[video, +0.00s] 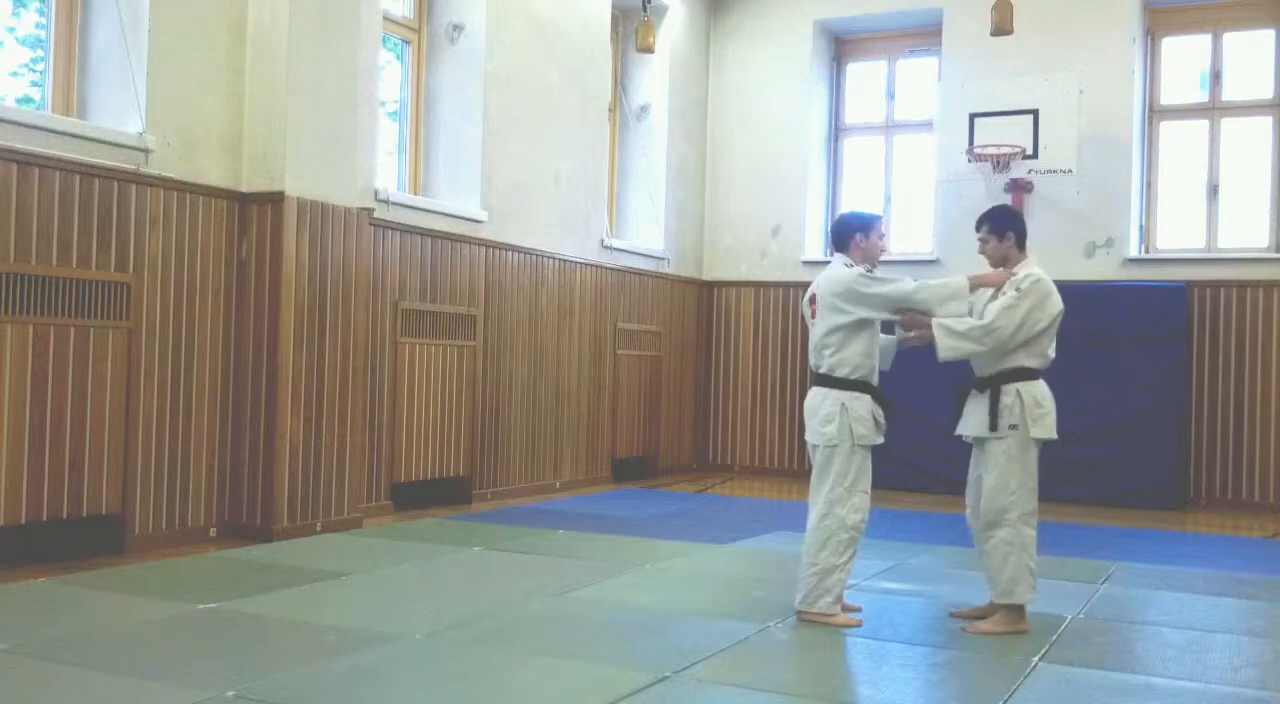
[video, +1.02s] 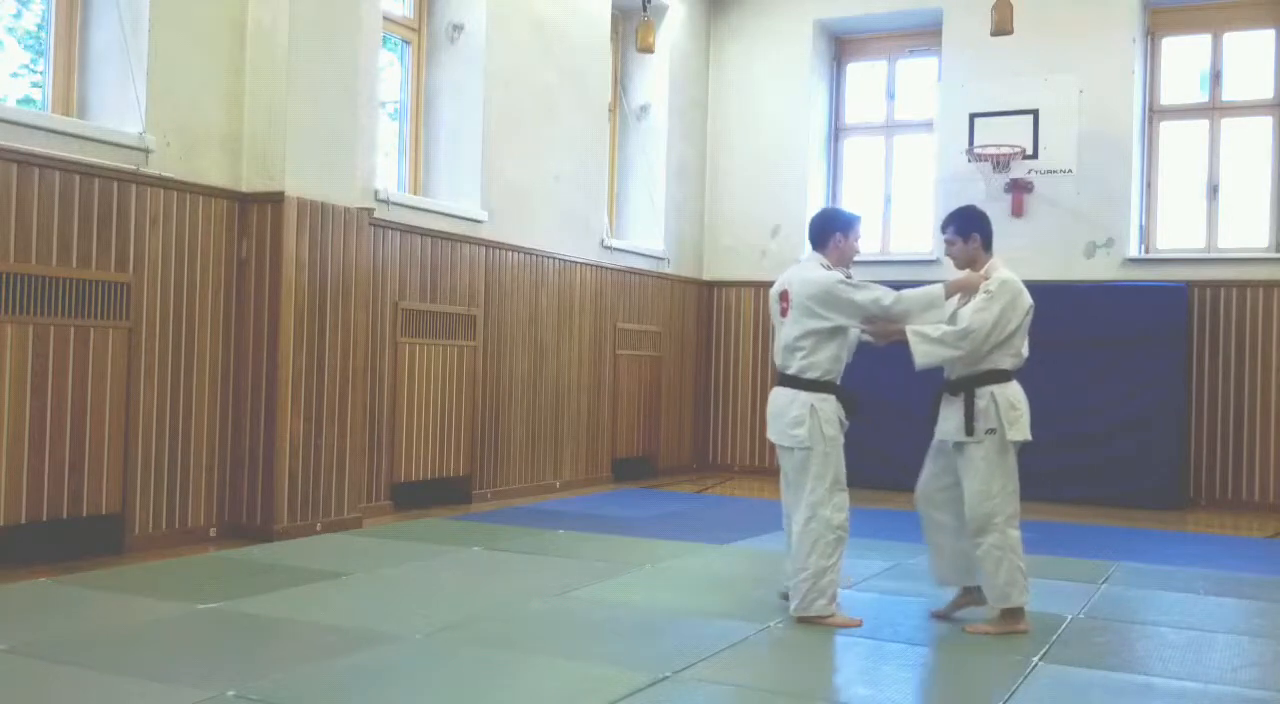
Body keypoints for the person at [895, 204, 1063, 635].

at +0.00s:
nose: (981, 250)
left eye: (986, 242)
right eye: (979, 243)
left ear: (1011, 239)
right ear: (1004, 242)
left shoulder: (1034, 284)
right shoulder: (1005, 285)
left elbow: (993, 332)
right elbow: (981, 326)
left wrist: (932, 330)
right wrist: (931, 324)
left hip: (1016, 405)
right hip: (992, 404)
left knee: (1006, 507)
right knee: (983, 506)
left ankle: (1013, 610)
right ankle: (1000, 600)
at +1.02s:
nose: (947, 254)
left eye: (951, 244)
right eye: (946, 246)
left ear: (976, 240)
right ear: (972, 243)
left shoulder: (1005, 285)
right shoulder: (970, 287)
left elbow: (968, 335)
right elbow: (949, 328)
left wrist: (903, 334)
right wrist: (896, 328)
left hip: (990, 406)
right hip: (957, 406)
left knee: (991, 510)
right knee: (933, 495)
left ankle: (1012, 611)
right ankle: (969, 588)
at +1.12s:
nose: (935, 252)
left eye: (940, 243)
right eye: (934, 244)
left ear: (965, 241)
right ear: (960, 243)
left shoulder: (993, 286)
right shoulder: (957, 287)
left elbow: (955, 336)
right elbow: (937, 328)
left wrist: (891, 334)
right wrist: (882, 329)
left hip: (980, 407)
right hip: (946, 407)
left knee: (983, 512)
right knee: (918, 495)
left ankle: (1010, 611)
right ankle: (930, 592)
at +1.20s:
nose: (923, 256)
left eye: (927, 247)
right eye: (922, 248)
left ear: (950, 242)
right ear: (945, 244)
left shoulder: (979, 288)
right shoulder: (945, 288)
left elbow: (940, 338)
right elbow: (926, 330)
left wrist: (878, 335)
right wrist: (873, 329)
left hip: (967, 408)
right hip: (933, 408)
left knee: (976, 513)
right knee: (906, 498)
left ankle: (1010, 612)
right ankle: (889, 594)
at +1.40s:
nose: (884, 256)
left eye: (888, 247)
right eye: (883, 248)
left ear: (911, 245)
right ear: (908, 246)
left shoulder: (940, 287)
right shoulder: (904, 289)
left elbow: (901, 338)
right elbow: (877, 328)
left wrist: (839, 340)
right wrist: (826, 334)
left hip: (930, 407)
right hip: (896, 407)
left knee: (948, 511)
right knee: (877, 503)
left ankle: (1003, 601)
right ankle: (853, 600)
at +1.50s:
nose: (865, 253)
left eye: (870, 245)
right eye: (864, 246)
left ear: (892, 242)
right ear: (886, 244)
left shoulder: (919, 286)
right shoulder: (882, 288)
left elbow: (876, 335)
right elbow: (857, 328)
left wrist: (812, 338)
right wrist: (809, 331)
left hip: (908, 404)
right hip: (874, 404)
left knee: (910, 508)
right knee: (858, 499)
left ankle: (981, 584)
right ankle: (853, 595)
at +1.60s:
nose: (849, 251)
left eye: (853, 243)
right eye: (847, 244)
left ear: (875, 240)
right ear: (868, 241)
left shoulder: (899, 284)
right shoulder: (867, 284)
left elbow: (859, 331)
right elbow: (838, 331)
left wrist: (796, 330)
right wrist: (790, 335)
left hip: (888, 400)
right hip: (859, 400)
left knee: (868, 504)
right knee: (844, 500)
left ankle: (938, 573)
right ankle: (852, 595)